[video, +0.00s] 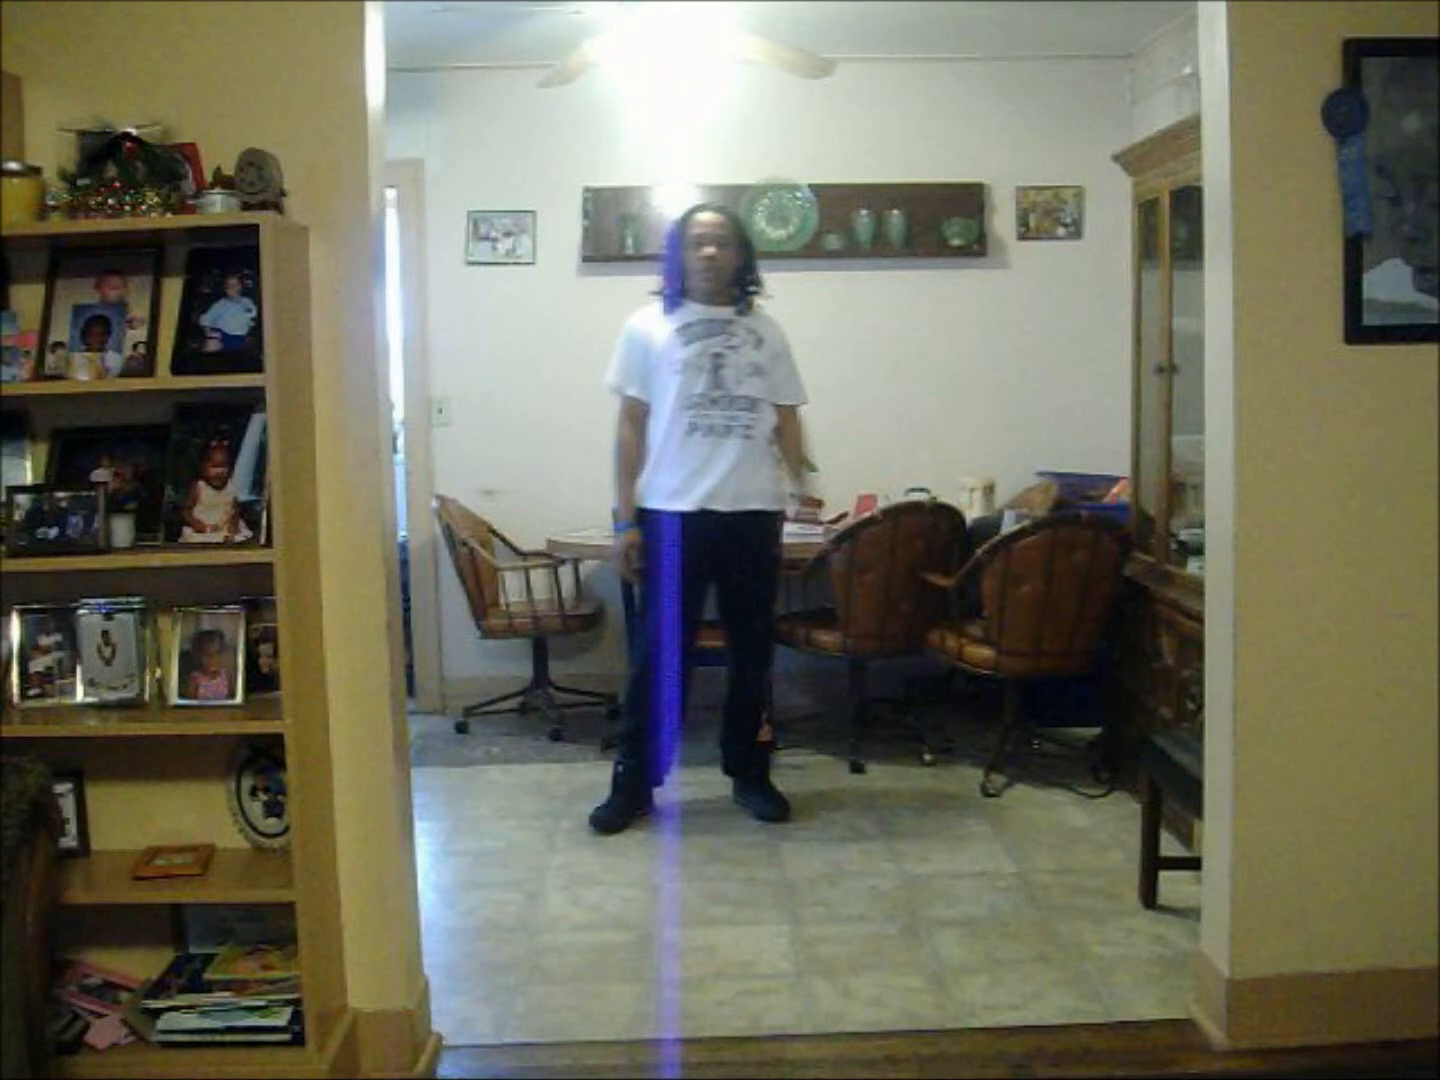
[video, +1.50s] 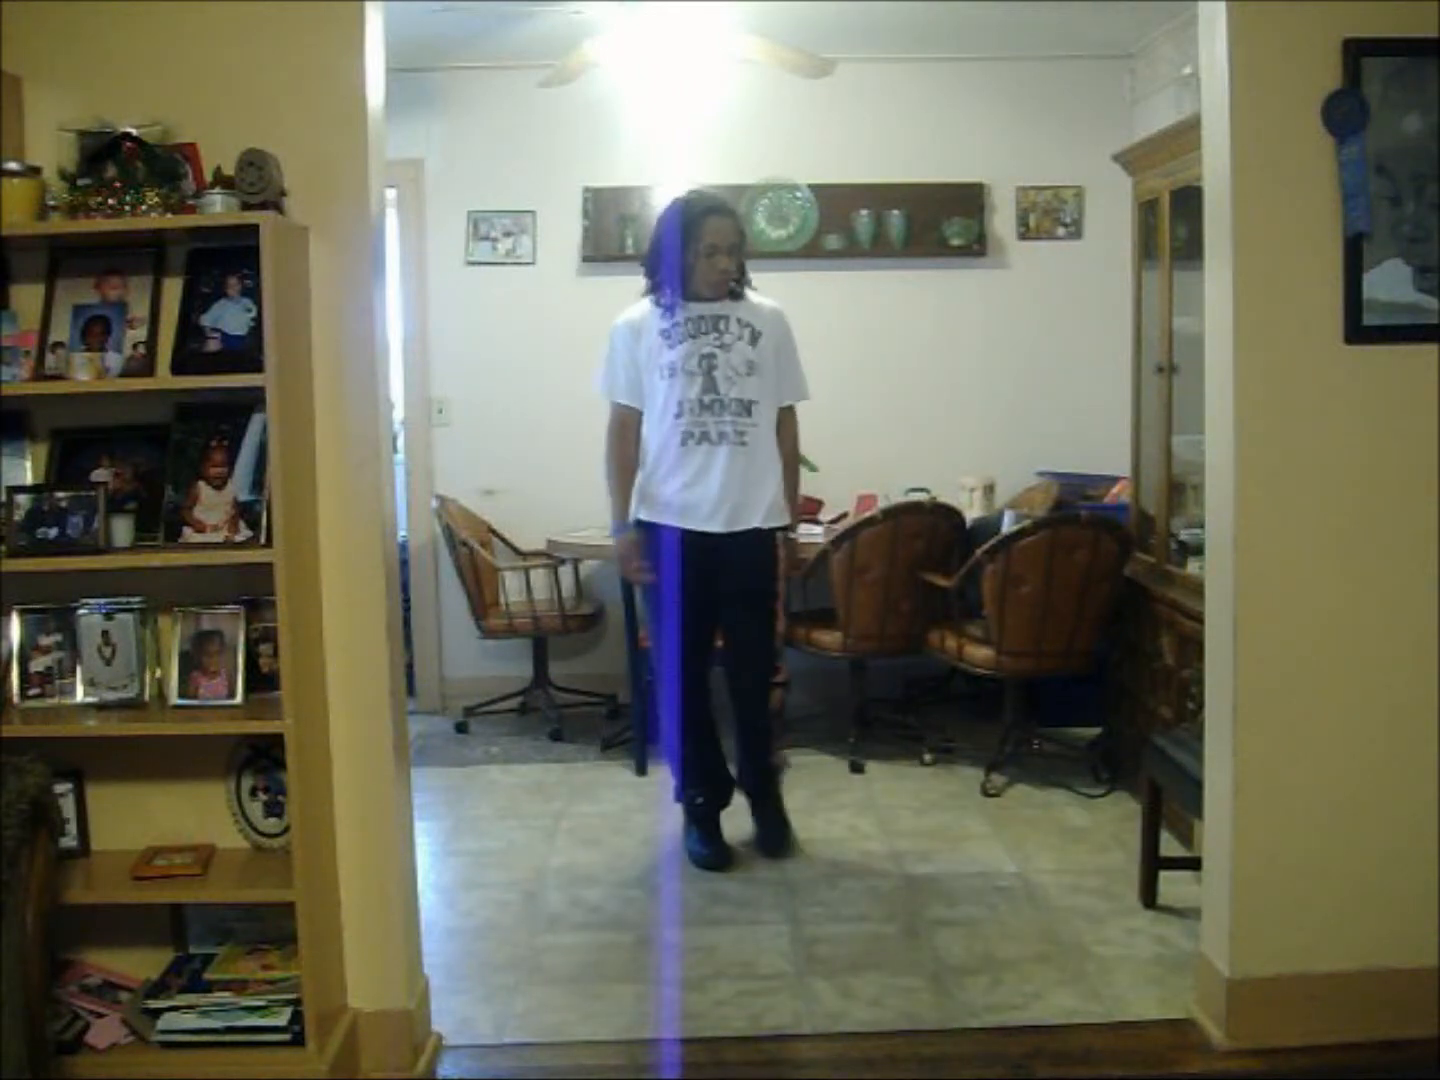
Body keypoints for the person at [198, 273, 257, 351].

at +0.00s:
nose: (232, 289)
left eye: (235, 285)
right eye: (229, 286)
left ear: (240, 287)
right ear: (225, 288)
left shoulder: (247, 303)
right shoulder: (221, 304)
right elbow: (204, 320)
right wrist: (210, 335)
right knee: (211, 342)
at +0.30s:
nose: (232, 288)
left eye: (235, 285)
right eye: (229, 285)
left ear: (240, 286)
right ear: (225, 287)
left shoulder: (247, 303)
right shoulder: (222, 303)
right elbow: (204, 320)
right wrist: (211, 335)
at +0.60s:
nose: (232, 289)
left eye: (235, 285)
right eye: (229, 286)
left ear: (240, 286)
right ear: (225, 287)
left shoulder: (247, 303)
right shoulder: (222, 303)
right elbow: (204, 320)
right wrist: (210, 335)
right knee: (211, 342)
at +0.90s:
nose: (232, 289)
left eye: (235, 286)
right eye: (229, 286)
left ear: (240, 287)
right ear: (225, 287)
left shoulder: (247, 303)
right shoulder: (222, 303)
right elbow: (204, 320)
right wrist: (210, 335)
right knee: (211, 342)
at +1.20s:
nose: (232, 288)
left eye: (235, 285)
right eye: (229, 285)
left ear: (240, 287)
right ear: (225, 287)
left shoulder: (247, 303)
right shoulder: (222, 303)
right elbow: (204, 320)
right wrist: (210, 335)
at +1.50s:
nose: (232, 288)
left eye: (235, 285)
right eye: (229, 285)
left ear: (240, 286)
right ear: (225, 287)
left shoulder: (247, 303)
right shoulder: (222, 303)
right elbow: (204, 320)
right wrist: (210, 335)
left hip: (243, 338)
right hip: (225, 338)